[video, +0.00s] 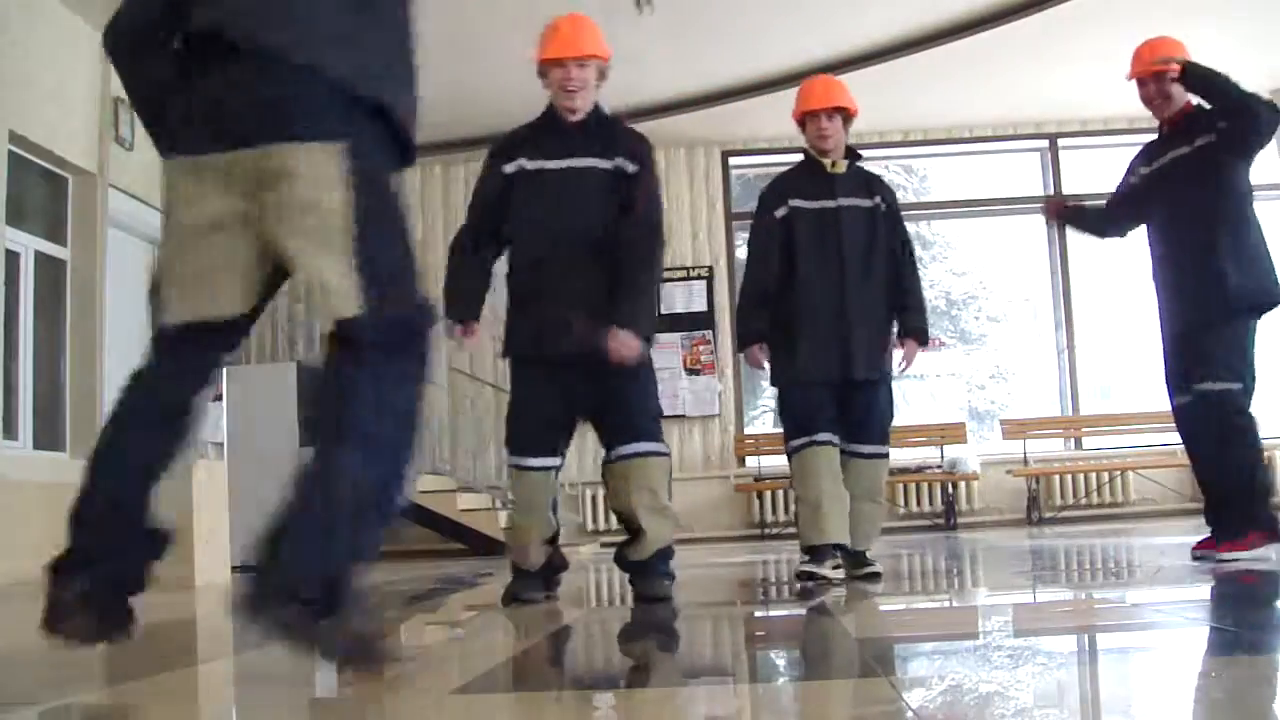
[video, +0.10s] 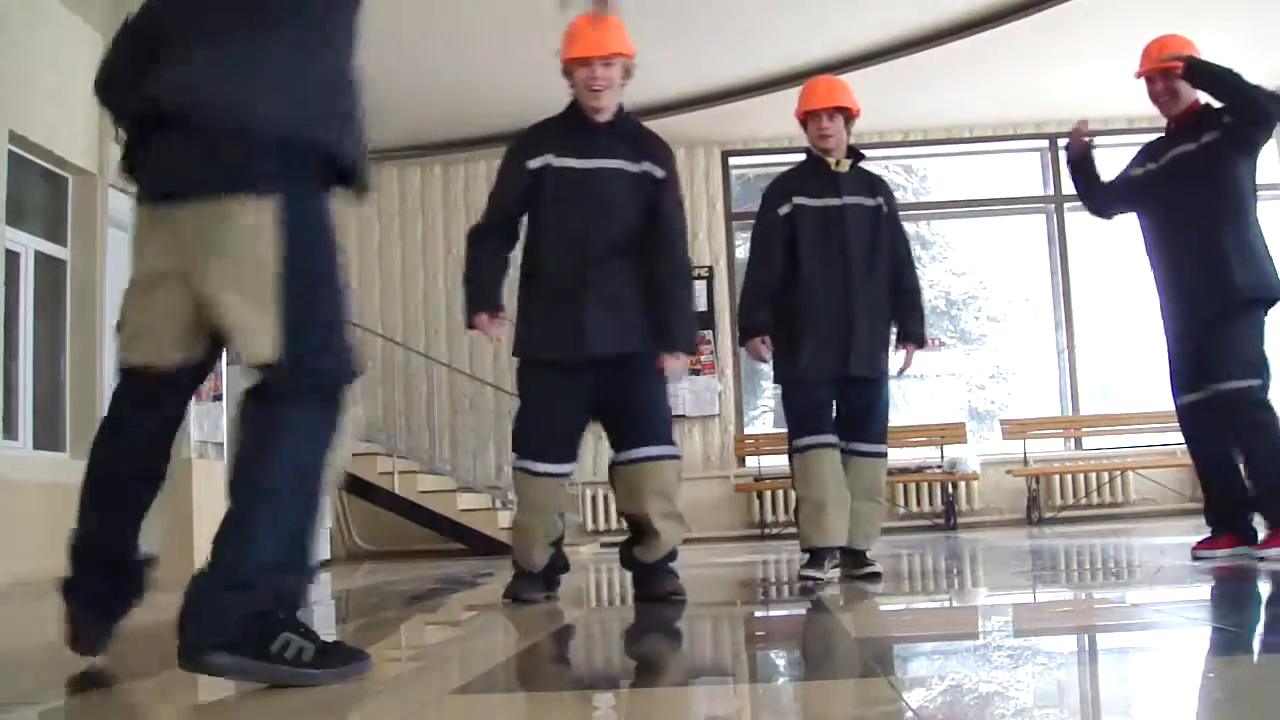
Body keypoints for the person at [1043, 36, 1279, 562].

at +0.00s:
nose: (1148, 92)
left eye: (1156, 80)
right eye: (1141, 84)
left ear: (1181, 79)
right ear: (1136, 91)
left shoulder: (1221, 129)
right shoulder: (1148, 160)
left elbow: (1263, 116)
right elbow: (1113, 222)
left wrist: (1196, 75)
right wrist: (1068, 211)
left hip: (1228, 287)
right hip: (1180, 299)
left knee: (1220, 400)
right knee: (1190, 409)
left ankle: (1254, 524)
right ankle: (1228, 526)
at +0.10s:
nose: (1158, 88)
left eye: (1167, 76)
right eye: (1150, 80)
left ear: (1192, 78)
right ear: (1144, 89)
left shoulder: (1229, 128)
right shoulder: (1149, 159)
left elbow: (1264, 109)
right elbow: (1102, 203)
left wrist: (1197, 69)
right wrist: (1080, 159)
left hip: (1237, 288)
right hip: (1182, 304)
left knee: (1239, 397)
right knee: (1195, 413)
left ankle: (1279, 520)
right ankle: (1232, 528)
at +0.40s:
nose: (1190, 81)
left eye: (1199, 68)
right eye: (1181, 73)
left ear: (1224, 70)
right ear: (1175, 83)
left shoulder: (1263, 123)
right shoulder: (1165, 145)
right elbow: (1107, 147)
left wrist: (1226, 60)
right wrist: (1137, 86)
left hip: (1268, 294)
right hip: (1205, 304)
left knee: (1276, 406)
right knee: (1215, 418)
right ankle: (1232, 529)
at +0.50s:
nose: (1203, 77)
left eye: (1212, 64)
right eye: (1195, 69)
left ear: (1238, 67)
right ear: (1189, 79)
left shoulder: (1271, 119)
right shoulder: (1178, 142)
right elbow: (1119, 141)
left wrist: (1238, 55)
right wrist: (1153, 82)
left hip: (1275, 294)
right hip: (1219, 301)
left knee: (1279, 401)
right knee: (1221, 414)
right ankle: (1233, 526)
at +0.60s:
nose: (1216, 71)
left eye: (1225, 59)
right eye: (1206, 65)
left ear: (1248, 60)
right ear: (1199, 74)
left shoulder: (1275, 113)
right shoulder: (1190, 136)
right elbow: (1130, 134)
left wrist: (1248, 47)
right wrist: (1169, 73)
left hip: (1279, 289)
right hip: (1233, 297)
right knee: (1224, 408)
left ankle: (1237, 519)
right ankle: (1232, 519)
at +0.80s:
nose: (1231, 65)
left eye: (1241, 53)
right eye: (1221, 56)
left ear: (1265, 52)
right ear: (1213, 62)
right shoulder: (1210, 124)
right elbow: (1148, 120)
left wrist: (1267, 33)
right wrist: (1186, 57)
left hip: (1279, 283)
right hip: (1248, 288)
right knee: (1234, 398)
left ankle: (1241, 505)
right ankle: (1238, 508)